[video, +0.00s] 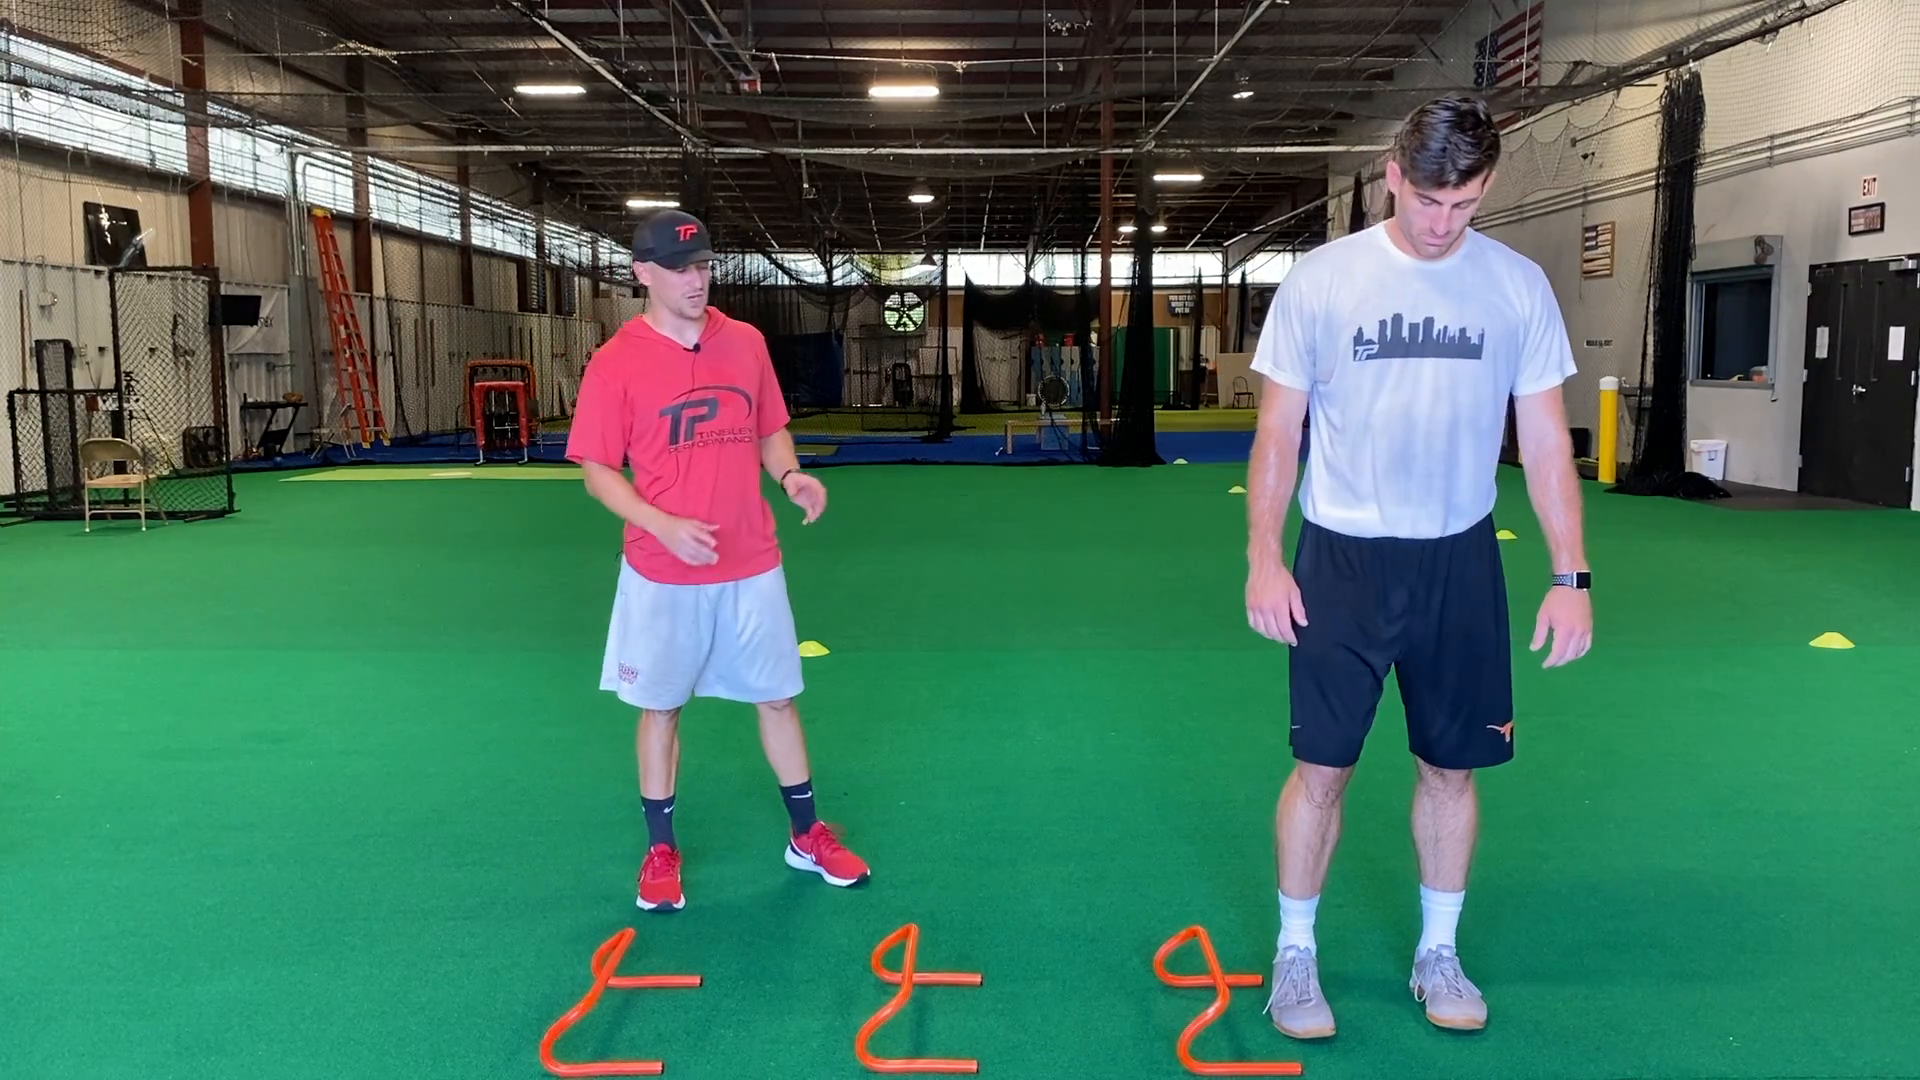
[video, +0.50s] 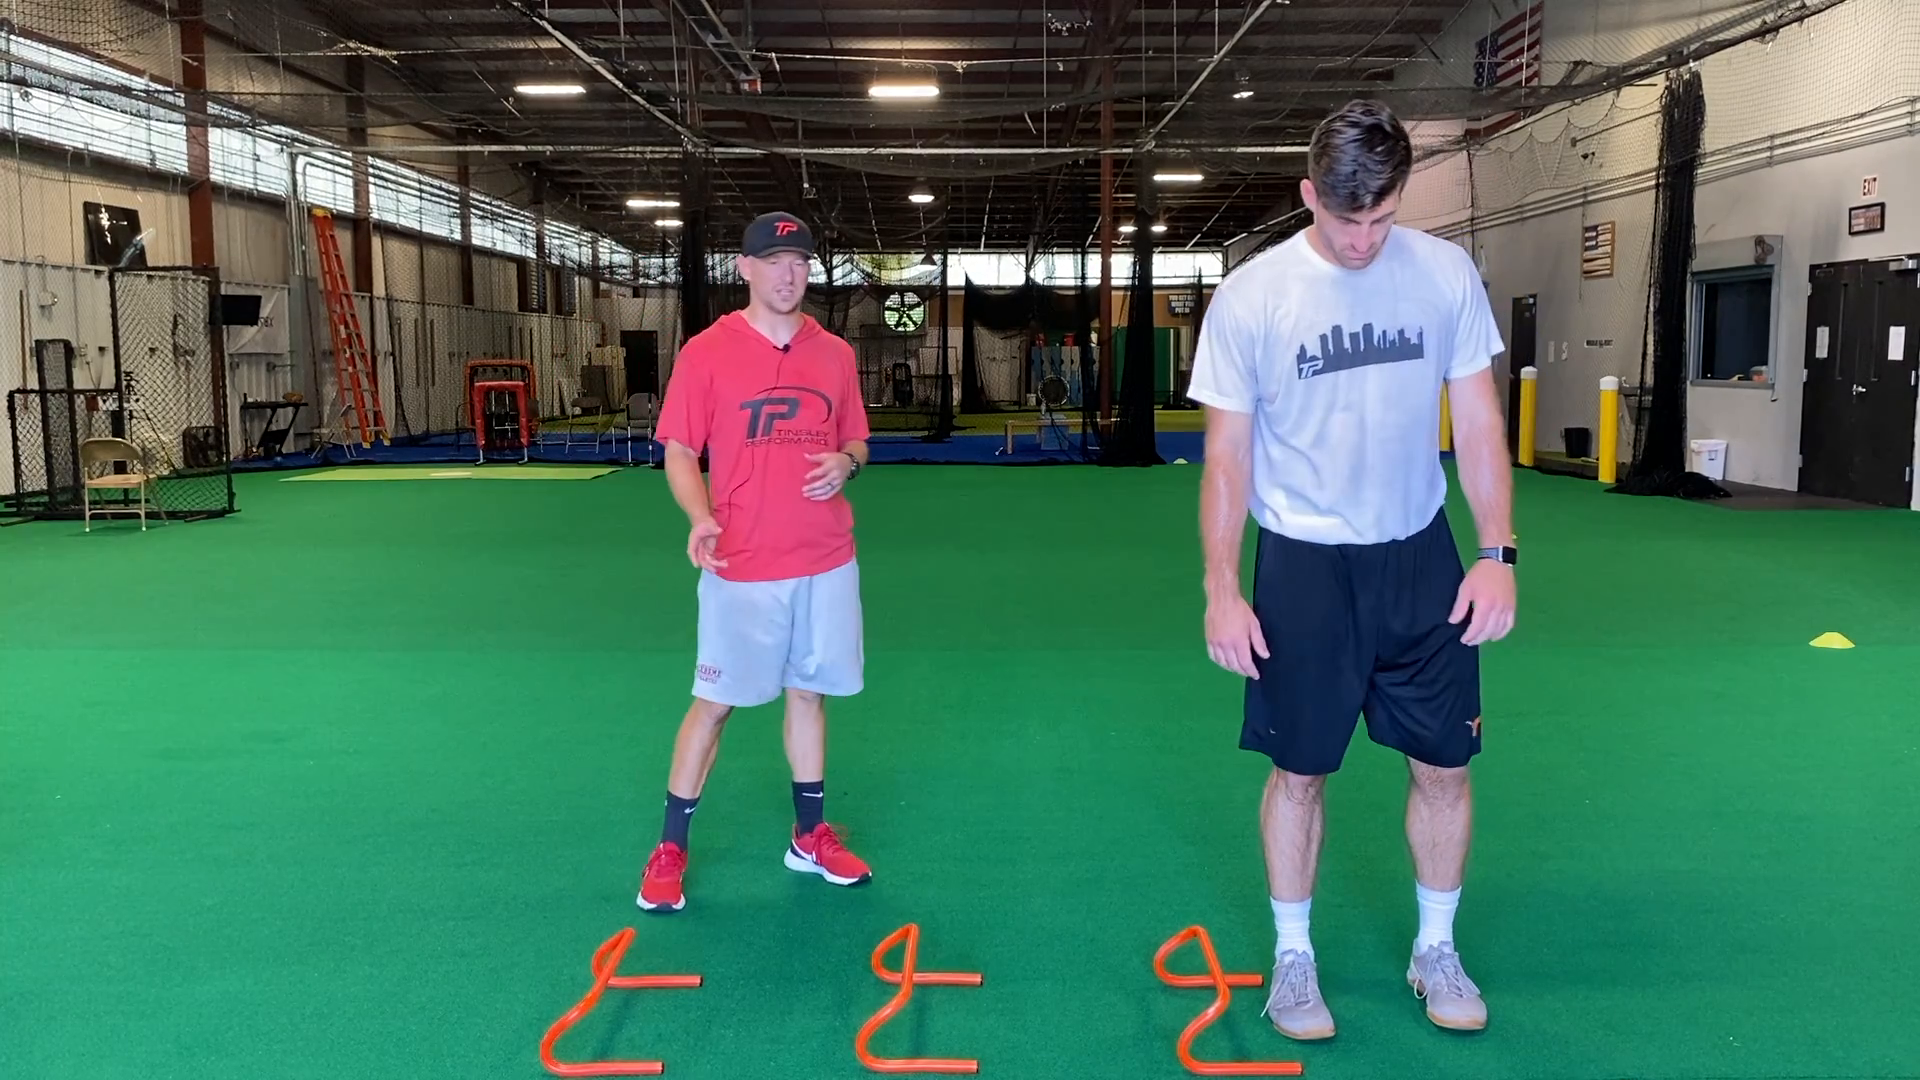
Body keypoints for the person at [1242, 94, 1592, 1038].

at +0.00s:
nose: (1448, 223)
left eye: (1467, 205)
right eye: (1431, 202)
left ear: (1489, 189)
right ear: (1391, 176)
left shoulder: (1516, 285)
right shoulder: (1319, 282)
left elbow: (1546, 441)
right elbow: (1278, 434)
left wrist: (1571, 575)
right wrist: (1264, 557)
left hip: (1459, 562)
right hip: (1342, 560)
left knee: (1451, 763)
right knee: (1323, 766)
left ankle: (1439, 956)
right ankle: (1295, 956)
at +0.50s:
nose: (1363, 234)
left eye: (1380, 215)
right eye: (1346, 215)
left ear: (1402, 194)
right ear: (1308, 191)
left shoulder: (1444, 274)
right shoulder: (1249, 298)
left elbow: (1479, 422)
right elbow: (1225, 458)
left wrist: (1497, 552)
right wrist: (1223, 590)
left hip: (1419, 557)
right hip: (1302, 564)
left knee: (1445, 759)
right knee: (1300, 766)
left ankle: (1437, 950)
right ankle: (1294, 959)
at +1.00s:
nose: (1397, 233)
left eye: (1415, 214)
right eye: (1379, 213)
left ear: (1439, 194)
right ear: (1341, 187)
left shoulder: (1480, 278)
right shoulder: (1277, 291)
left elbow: (1511, 437)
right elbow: (1250, 457)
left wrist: (1528, 569)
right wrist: (1245, 583)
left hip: (1436, 560)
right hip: (1317, 563)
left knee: (1436, 763)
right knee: (1306, 769)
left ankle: (1428, 958)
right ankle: (1293, 960)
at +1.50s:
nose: (1424, 253)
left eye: (1442, 234)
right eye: (1408, 232)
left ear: (1463, 213)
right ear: (1369, 200)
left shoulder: (1496, 293)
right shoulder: (1290, 292)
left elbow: (1520, 446)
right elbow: (1247, 444)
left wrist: (1538, 583)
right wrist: (1247, 581)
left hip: (1431, 564)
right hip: (1315, 565)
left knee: (1432, 764)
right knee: (1312, 767)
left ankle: (1428, 959)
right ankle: (1298, 962)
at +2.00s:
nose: (1389, 309)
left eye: (1405, 288)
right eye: (1371, 289)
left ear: (1427, 259)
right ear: (1333, 258)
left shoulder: (1472, 314)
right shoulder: (1260, 338)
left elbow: (1501, 446)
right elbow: (1214, 472)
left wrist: (1503, 581)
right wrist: (1228, 615)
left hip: (1415, 574)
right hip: (1296, 579)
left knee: (1441, 761)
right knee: (1297, 772)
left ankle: (1432, 955)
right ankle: (1298, 961)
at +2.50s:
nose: (1396, 367)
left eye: (1414, 347)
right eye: (1377, 347)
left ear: (1436, 322)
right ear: (1338, 318)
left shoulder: (1476, 381)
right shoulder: (1257, 374)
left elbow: (1517, 467)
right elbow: (1192, 449)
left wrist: (1499, 598)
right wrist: (1214, 586)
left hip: (1394, 581)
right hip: (1275, 580)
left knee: (1418, 769)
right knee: (1288, 763)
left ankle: (1424, 958)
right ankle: (1300, 952)